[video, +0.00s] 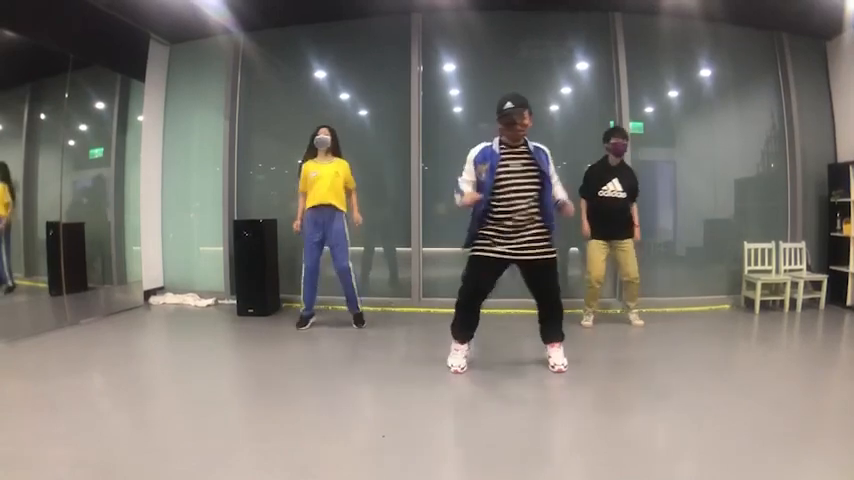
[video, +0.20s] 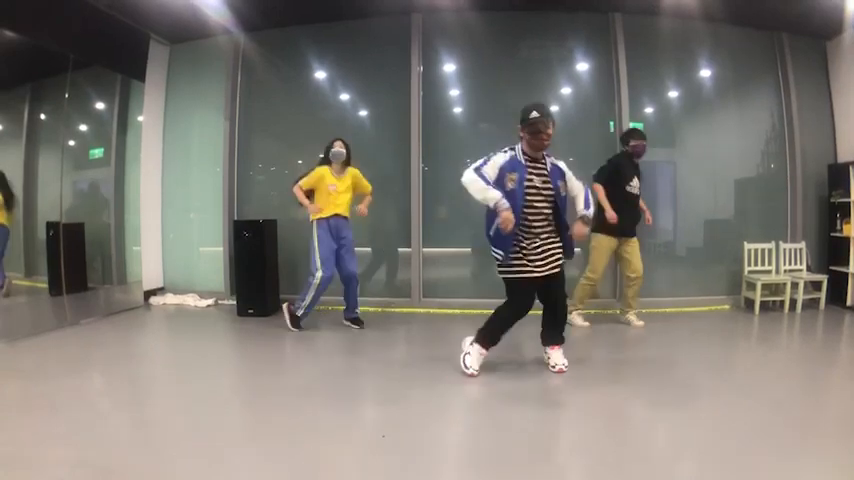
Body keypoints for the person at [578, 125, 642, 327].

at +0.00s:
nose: (619, 148)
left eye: (623, 144)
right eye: (615, 144)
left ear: (627, 146)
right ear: (606, 145)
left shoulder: (628, 172)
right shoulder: (593, 170)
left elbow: (632, 202)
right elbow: (584, 198)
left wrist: (636, 227)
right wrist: (585, 222)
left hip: (623, 234)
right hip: (598, 234)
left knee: (632, 276)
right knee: (595, 277)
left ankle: (632, 309)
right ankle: (589, 311)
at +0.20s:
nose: (640, 150)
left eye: (643, 146)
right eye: (636, 146)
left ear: (645, 147)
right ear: (627, 145)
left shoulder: (635, 168)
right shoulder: (617, 162)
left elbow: (633, 194)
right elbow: (597, 184)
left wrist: (645, 210)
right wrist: (608, 209)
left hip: (628, 231)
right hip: (606, 230)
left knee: (635, 273)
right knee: (594, 274)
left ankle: (628, 311)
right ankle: (574, 309)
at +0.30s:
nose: (646, 157)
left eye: (648, 153)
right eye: (642, 154)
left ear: (650, 154)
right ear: (633, 154)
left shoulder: (643, 178)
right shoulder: (623, 171)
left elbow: (645, 202)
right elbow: (611, 195)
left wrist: (649, 222)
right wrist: (619, 222)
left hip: (628, 238)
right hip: (607, 237)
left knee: (639, 276)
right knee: (594, 280)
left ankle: (627, 313)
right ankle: (571, 311)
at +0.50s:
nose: (650, 159)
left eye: (653, 156)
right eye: (646, 156)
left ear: (656, 158)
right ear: (637, 157)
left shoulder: (648, 184)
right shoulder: (624, 172)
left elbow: (650, 211)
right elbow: (613, 201)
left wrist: (647, 235)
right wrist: (620, 230)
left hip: (629, 238)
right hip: (607, 235)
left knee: (639, 275)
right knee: (603, 278)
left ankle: (627, 313)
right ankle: (579, 310)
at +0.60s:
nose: (650, 161)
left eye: (652, 157)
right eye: (646, 157)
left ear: (655, 159)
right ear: (636, 157)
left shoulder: (647, 185)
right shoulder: (618, 174)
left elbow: (648, 214)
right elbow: (606, 202)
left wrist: (648, 238)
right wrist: (616, 230)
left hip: (630, 239)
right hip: (605, 236)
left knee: (640, 277)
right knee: (605, 279)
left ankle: (627, 313)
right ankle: (587, 311)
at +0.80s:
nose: (624, 145)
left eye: (628, 142)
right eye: (620, 141)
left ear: (633, 147)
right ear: (613, 143)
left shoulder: (632, 174)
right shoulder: (598, 165)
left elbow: (638, 206)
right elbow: (586, 190)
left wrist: (642, 233)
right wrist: (589, 216)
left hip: (622, 234)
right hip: (596, 232)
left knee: (627, 277)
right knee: (592, 278)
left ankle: (626, 313)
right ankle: (586, 313)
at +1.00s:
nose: (608, 143)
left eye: (612, 139)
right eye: (604, 139)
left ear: (617, 140)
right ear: (597, 141)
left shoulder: (624, 167)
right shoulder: (588, 165)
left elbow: (628, 197)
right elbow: (581, 194)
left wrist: (629, 223)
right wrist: (580, 218)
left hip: (616, 230)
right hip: (591, 229)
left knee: (611, 275)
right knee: (588, 275)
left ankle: (606, 311)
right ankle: (586, 311)